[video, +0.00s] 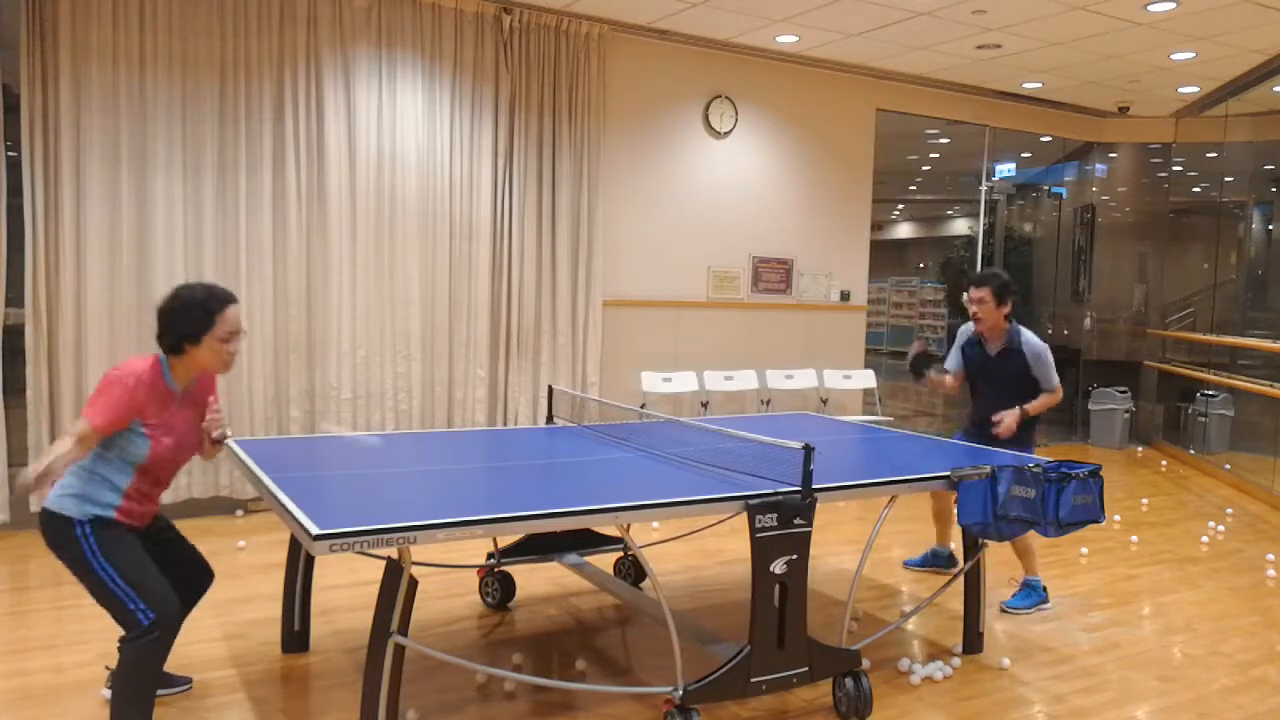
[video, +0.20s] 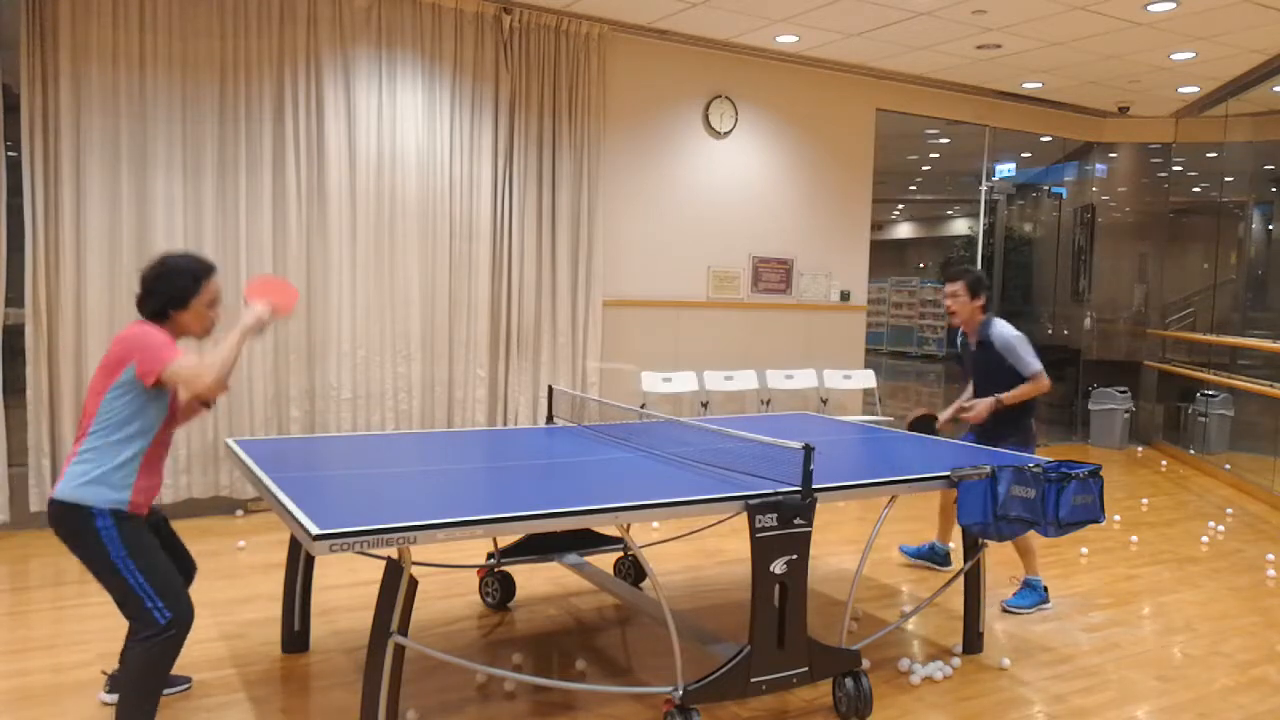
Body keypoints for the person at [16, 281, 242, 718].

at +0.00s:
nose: (236, 348)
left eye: (237, 337)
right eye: (227, 339)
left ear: (196, 343)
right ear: (190, 342)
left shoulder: (203, 382)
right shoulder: (133, 380)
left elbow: (199, 450)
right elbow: (82, 438)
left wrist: (213, 438)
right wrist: (52, 463)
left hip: (134, 514)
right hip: (81, 516)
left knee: (193, 578)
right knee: (155, 619)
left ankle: (134, 673)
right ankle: (129, 709)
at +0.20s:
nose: (217, 314)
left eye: (218, 305)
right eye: (210, 305)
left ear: (180, 307)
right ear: (177, 307)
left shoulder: (163, 350)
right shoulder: (142, 338)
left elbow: (155, 422)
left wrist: (200, 401)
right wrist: (244, 328)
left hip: (125, 502)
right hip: (91, 506)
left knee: (180, 571)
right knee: (167, 616)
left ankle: (132, 675)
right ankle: (133, 709)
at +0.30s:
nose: (203, 289)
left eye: (203, 279)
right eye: (195, 280)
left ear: (160, 286)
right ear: (163, 285)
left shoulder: (149, 328)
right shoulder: (140, 320)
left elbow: (148, 407)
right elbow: (216, 353)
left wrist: (197, 381)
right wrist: (247, 299)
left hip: (120, 485)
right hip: (105, 488)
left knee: (167, 570)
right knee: (163, 609)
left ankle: (134, 674)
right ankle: (131, 706)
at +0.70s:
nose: (207, 305)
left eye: (205, 294)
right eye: (198, 297)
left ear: (166, 306)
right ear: (163, 305)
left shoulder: (178, 347)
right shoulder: (113, 350)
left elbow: (188, 408)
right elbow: (60, 430)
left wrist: (198, 405)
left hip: (128, 496)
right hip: (77, 501)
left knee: (169, 577)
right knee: (149, 615)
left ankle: (116, 677)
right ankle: (121, 708)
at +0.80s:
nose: (213, 330)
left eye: (214, 318)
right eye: (205, 319)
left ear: (176, 324)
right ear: (167, 323)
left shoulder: (187, 366)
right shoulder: (103, 369)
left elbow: (202, 424)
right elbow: (42, 431)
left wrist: (204, 420)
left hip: (131, 512)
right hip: (79, 513)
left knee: (173, 579)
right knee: (151, 617)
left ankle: (116, 675)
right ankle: (122, 709)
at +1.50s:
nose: (179, 276)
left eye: (177, 265)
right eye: (169, 266)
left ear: (140, 274)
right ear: (132, 271)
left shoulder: (123, 325)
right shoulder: (92, 318)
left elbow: (139, 396)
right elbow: (93, 408)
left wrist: (193, 376)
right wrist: (181, 394)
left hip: (67, 499)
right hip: (40, 498)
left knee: (72, 628)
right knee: (100, 631)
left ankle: (52, 710)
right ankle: (72, 714)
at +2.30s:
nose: (183, 268)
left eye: (183, 257)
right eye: (174, 258)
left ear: (138, 264)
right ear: (136, 263)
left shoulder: (133, 314)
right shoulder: (103, 297)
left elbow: (167, 369)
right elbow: (167, 345)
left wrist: (227, 340)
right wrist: (224, 286)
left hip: (84, 480)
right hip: (60, 479)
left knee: (92, 611)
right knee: (91, 618)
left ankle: (64, 701)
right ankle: (61, 711)